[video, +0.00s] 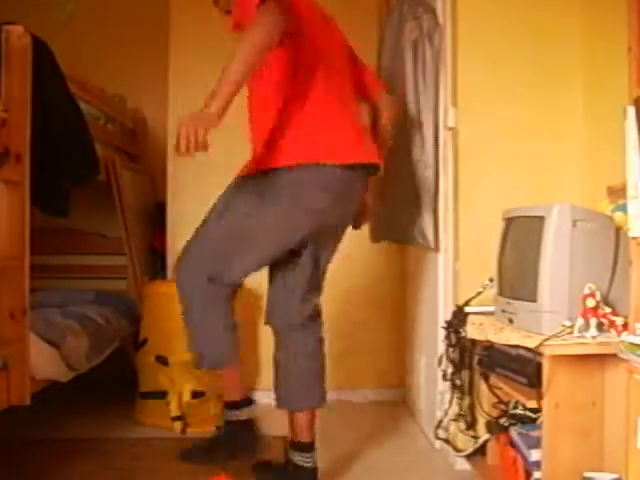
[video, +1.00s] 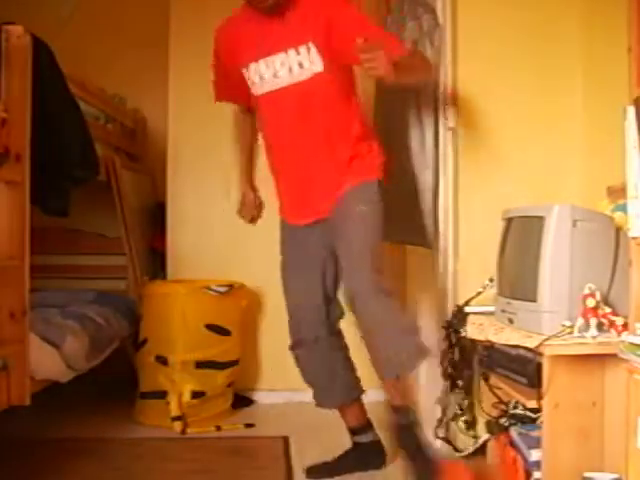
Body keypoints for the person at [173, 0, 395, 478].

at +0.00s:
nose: (231, 22)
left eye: (230, 13)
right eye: (232, 18)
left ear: (241, 1)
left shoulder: (263, 6)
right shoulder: (326, 28)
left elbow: (271, 24)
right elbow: (386, 103)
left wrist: (211, 108)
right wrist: (368, 178)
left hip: (301, 169)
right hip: (345, 174)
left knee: (200, 272)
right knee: (294, 309)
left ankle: (237, 424)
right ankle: (302, 456)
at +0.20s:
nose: (229, 5)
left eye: (227, 1)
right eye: (226, 3)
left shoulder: (287, 5)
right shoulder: (278, 19)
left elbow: (316, 40)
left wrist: (270, 90)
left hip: (332, 158)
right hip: (327, 160)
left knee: (237, 264)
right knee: (266, 297)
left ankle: (266, 400)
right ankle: (295, 446)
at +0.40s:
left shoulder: (319, 4)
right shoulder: (283, 15)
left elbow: (371, 32)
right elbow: (315, 82)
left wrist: (370, 127)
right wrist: (302, 164)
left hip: (348, 167)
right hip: (312, 172)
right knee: (274, 286)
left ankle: (396, 464)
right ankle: (301, 405)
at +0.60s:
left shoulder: (346, 5)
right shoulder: (275, 7)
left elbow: (418, 41)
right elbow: (309, 72)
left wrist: (438, 136)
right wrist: (287, 129)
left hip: (353, 156)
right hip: (314, 166)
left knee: (330, 298)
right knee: (290, 297)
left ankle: (368, 444)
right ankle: (345, 414)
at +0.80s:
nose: (249, 6)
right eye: (239, 4)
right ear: (233, 6)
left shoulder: (328, 10)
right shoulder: (245, 43)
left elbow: (420, 42)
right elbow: (263, 114)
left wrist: (454, 108)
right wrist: (243, 184)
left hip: (368, 165)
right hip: (319, 180)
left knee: (329, 286)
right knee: (319, 296)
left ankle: (361, 393)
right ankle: (361, 439)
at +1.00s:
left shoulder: (327, 13)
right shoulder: (233, 35)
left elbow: (423, 70)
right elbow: (245, 109)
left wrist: (392, 69)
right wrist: (246, 183)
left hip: (352, 177)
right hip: (297, 196)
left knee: (366, 291)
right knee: (309, 323)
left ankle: (406, 427)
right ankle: (364, 443)